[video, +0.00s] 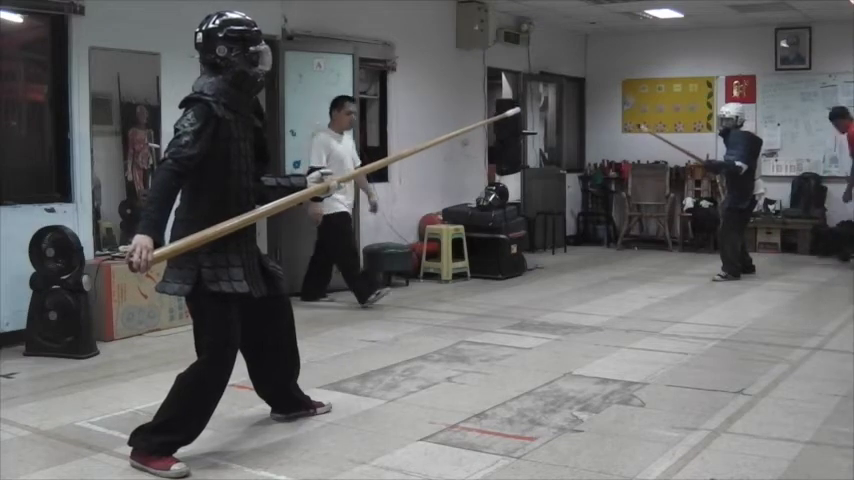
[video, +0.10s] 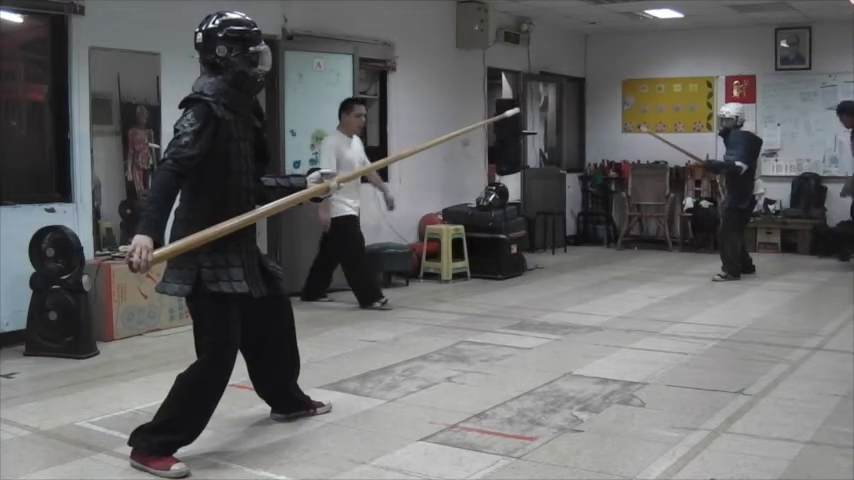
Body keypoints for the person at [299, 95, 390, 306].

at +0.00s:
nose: (353, 118)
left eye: (354, 114)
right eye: (349, 114)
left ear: (348, 116)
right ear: (336, 113)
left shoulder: (348, 139)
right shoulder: (321, 139)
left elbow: (357, 169)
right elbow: (314, 174)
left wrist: (370, 192)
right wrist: (315, 202)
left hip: (345, 205)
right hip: (330, 206)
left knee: (325, 251)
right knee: (345, 250)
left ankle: (312, 291)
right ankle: (364, 293)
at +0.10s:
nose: (362, 121)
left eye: (364, 117)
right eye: (358, 116)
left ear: (362, 119)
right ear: (344, 117)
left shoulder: (356, 141)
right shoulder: (331, 142)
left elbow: (367, 169)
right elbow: (327, 178)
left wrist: (384, 190)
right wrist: (323, 210)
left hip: (352, 207)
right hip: (338, 207)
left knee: (330, 252)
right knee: (355, 252)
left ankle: (312, 291)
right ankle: (369, 298)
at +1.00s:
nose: (379, 127)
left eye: (380, 123)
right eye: (376, 122)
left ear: (367, 123)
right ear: (363, 123)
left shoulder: (369, 150)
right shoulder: (347, 143)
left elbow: (384, 169)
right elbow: (374, 130)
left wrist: (400, 182)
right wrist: (393, 111)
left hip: (355, 208)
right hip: (345, 208)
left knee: (337, 251)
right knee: (370, 247)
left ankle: (320, 287)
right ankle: (371, 298)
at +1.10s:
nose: (374, 127)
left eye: (376, 123)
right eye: (370, 121)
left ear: (374, 124)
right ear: (356, 121)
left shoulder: (368, 149)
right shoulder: (346, 143)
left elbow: (382, 170)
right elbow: (375, 138)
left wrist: (400, 182)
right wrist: (398, 119)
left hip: (355, 208)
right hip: (345, 208)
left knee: (337, 251)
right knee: (370, 247)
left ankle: (321, 287)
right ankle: (371, 298)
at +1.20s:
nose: (374, 124)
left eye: (376, 120)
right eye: (369, 119)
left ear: (375, 123)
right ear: (355, 121)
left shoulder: (368, 150)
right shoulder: (346, 143)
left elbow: (382, 170)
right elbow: (375, 139)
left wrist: (400, 181)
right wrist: (401, 123)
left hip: (355, 208)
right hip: (345, 209)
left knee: (337, 251)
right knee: (370, 246)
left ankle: (321, 288)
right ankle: (371, 298)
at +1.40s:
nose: (371, 120)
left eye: (372, 117)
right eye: (366, 116)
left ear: (373, 120)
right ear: (352, 121)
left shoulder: (368, 150)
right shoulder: (347, 143)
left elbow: (382, 171)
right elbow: (376, 139)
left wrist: (400, 182)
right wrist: (401, 124)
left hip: (355, 208)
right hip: (345, 208)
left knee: (337, 252)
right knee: (370, 246)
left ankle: (321, 288)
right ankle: (371, 298)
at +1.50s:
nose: (371, 120)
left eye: (372, 117)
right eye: (365, 117)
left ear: (372, 120)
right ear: (351, 120)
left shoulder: (368, 149)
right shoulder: (345, 143)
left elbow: (382, 171)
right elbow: (375, 138)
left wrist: (400, 182)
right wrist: (400, 123)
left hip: (355, 207)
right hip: (345, 208)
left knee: (337, 251)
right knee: (370, 246)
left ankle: (321, 288)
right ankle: (371, 298)